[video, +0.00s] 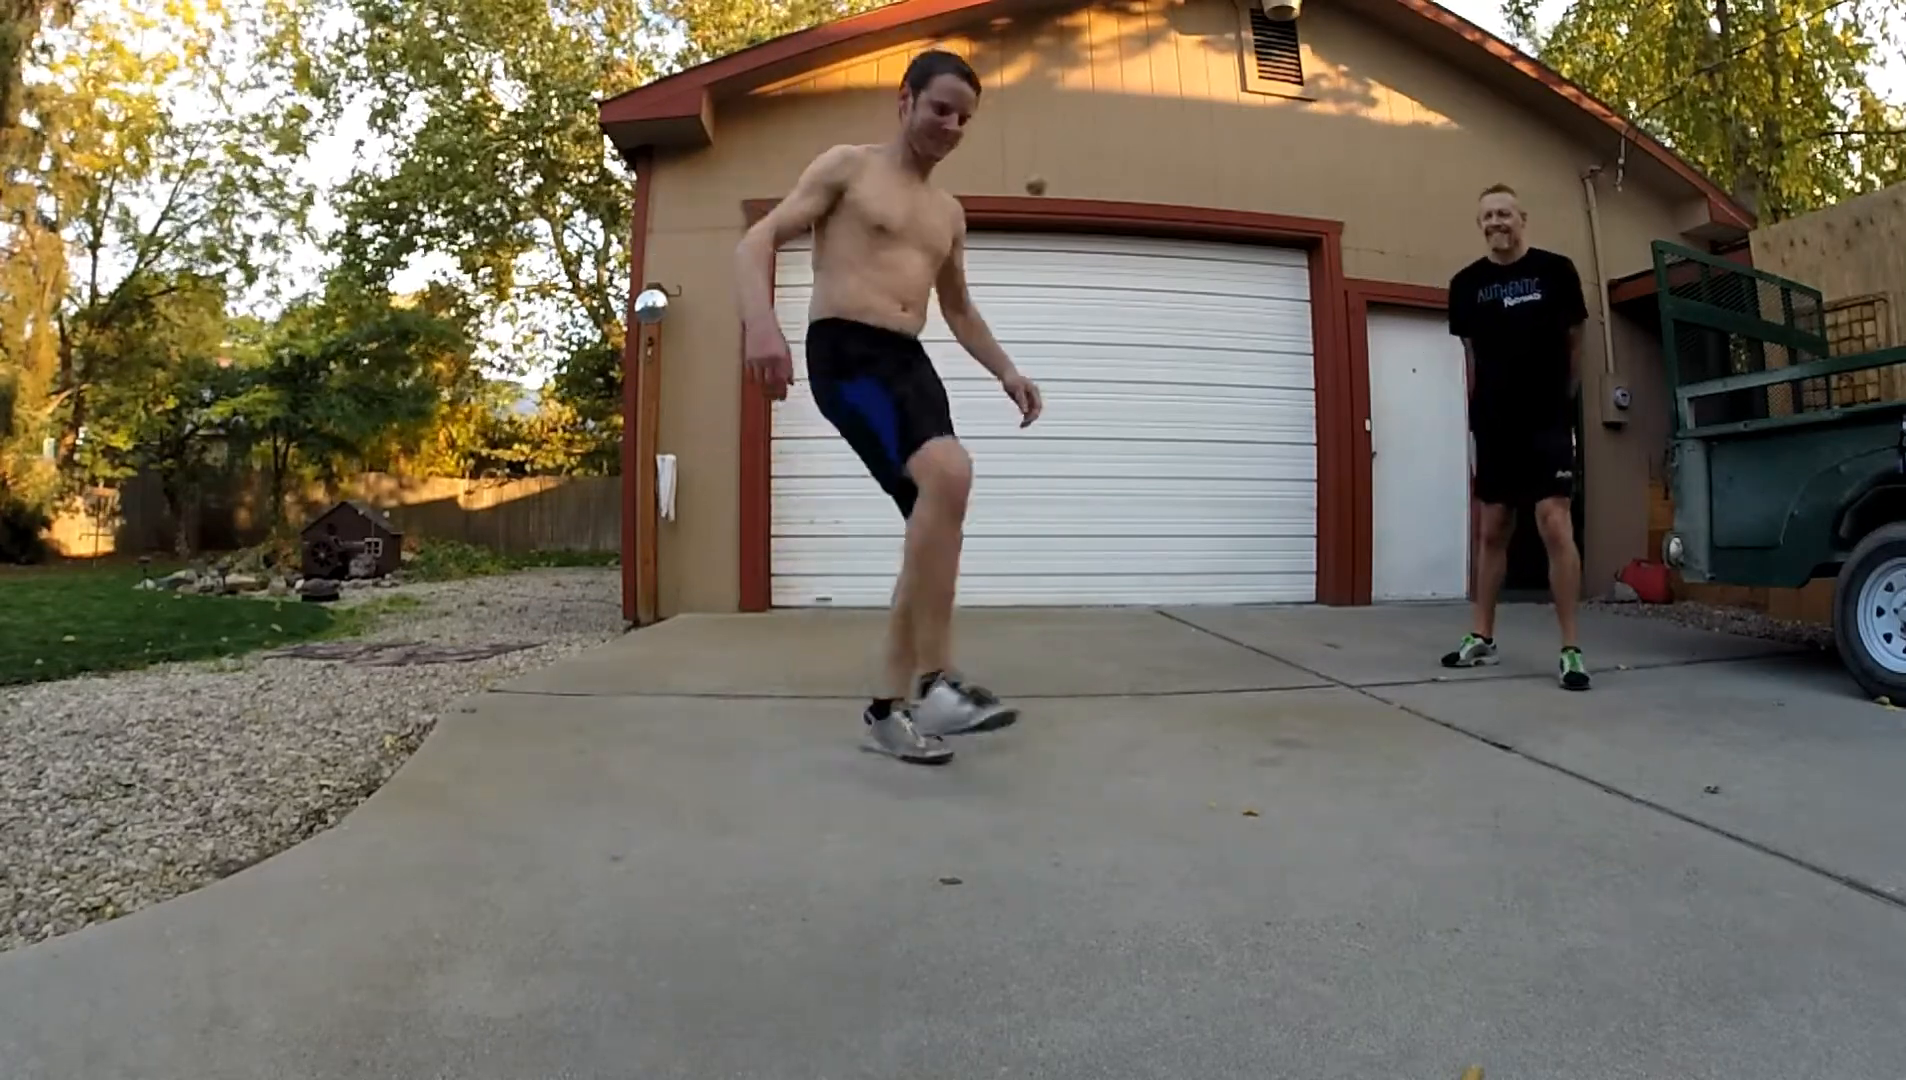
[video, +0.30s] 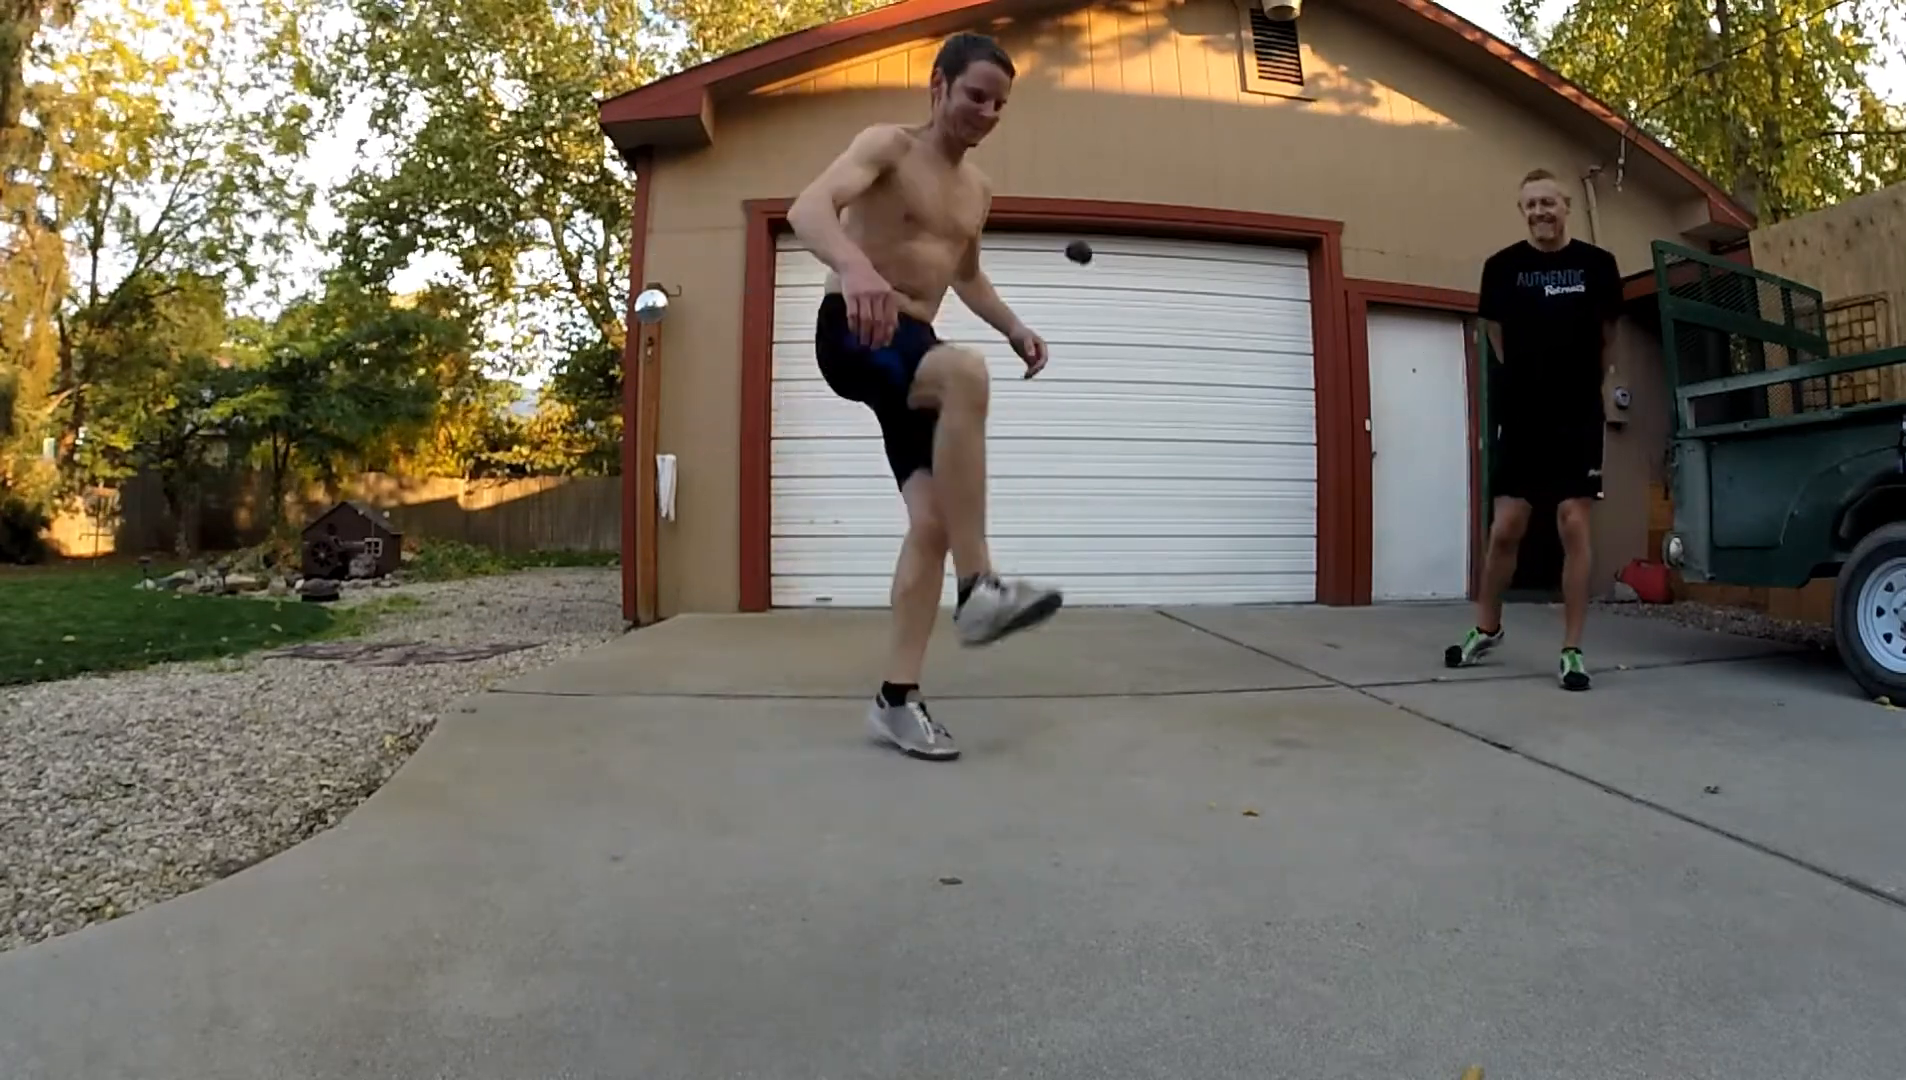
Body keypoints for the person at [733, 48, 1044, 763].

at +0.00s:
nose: (951, 126)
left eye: (963, 117)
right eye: (941, 109)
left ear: (969, 124)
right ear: (907, 101)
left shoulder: (948, 215)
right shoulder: (849, 164)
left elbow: (959, 310)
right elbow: (755, 244)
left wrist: (1008, 373)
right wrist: (761, 326)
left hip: (906, 356)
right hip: (845, 347)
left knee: (940, 518)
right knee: (947, 470)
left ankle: (892, 706)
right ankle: (934, 682)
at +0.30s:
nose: (989, 113)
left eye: (1000, 103)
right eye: (979, 96)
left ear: (1004, 106)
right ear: (941, 86)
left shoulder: (974, 188)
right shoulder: (887, 144)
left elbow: (967, 275)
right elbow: (806, 209)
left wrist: (1013, 328)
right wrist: (855, 265)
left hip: (914, 346)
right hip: (854, 326)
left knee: (934, 522)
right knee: (966, 373)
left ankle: (896, 700)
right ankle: (974, 587)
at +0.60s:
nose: (994, 138)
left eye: (1005, 128)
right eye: (983, 121)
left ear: (1010, 132)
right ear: (947, 111)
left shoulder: (983, 213)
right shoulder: (890, 176)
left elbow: (986, 298)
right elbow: (801, 252)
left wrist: (1041, 336)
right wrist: (833, 328)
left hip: (935, 362)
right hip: (876, 346)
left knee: (954, 533)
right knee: (1013, 364)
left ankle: (895, 705)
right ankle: (1111, 546)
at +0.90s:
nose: (1000, 122)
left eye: (1009, 112)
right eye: (989, 107)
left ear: (1013, 119)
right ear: (951, 102)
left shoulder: (986, 200)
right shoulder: (903, 164)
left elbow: (961, 288)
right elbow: (822, 242)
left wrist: (1014, 339)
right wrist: (858, 306)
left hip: (954, 358)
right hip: (900, 347)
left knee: (976, 533)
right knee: (1010, 442)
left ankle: (919, 699)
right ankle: (1008, 652)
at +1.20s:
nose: (1026, 133)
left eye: (1034, 123)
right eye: (1015, 118)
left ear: (1036, 125)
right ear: (974, 110)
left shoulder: (1008, 202)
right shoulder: (922, 169)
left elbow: (986, 284)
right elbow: (851, 246)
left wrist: (1053, 300)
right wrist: (905, 316)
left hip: (959, 357)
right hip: (900, 337)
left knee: (970, 515)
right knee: (1028, 274)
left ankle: (931, 688)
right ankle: (1124, 433)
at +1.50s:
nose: (1015, 155)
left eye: (1025, 146)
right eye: (1005, 141)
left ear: (1031, 153)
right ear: (972, 138)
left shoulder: (1010, 241)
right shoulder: (927, 195)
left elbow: (988, 332)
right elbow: (850, 271)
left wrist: (1041, 367)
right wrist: (871, 330)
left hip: (973, 378)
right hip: (918, 366)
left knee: (1007, 540)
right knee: (1025, 463)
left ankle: (946, 690)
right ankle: (1030, 657)